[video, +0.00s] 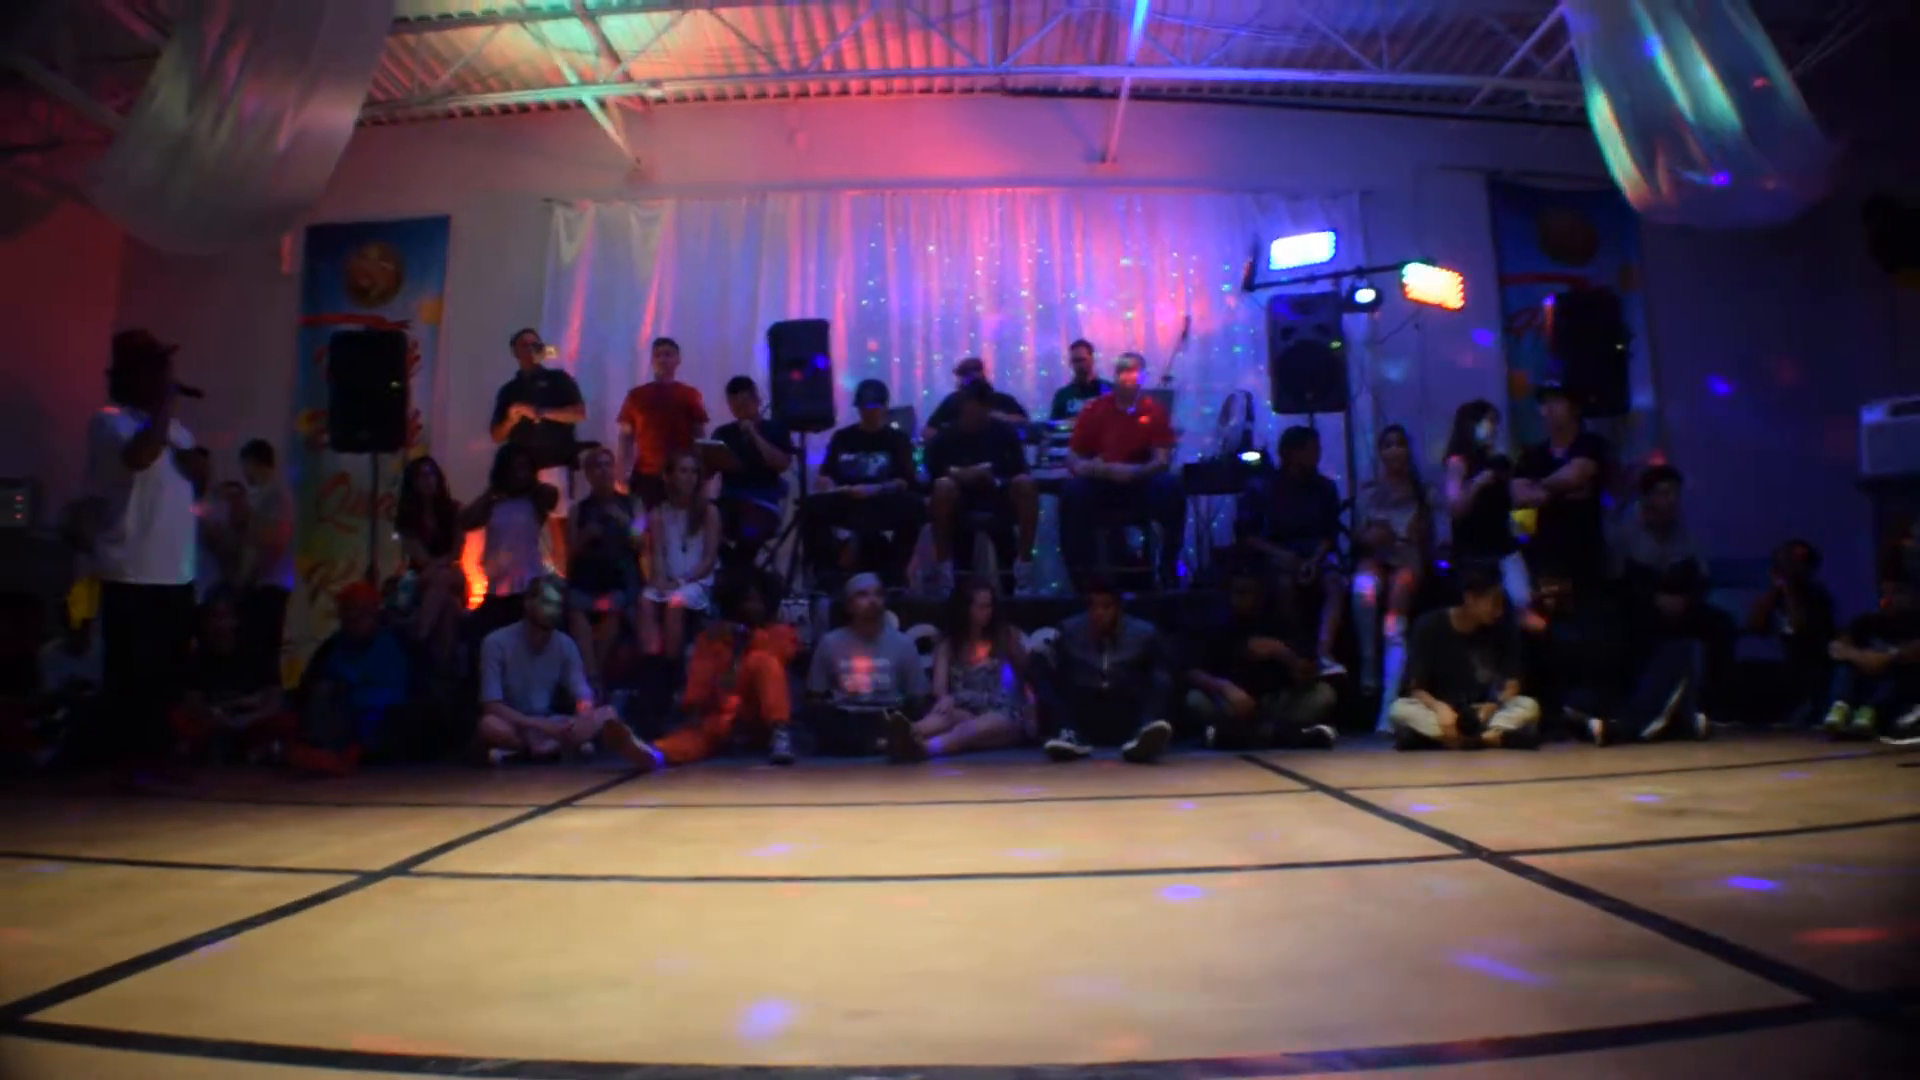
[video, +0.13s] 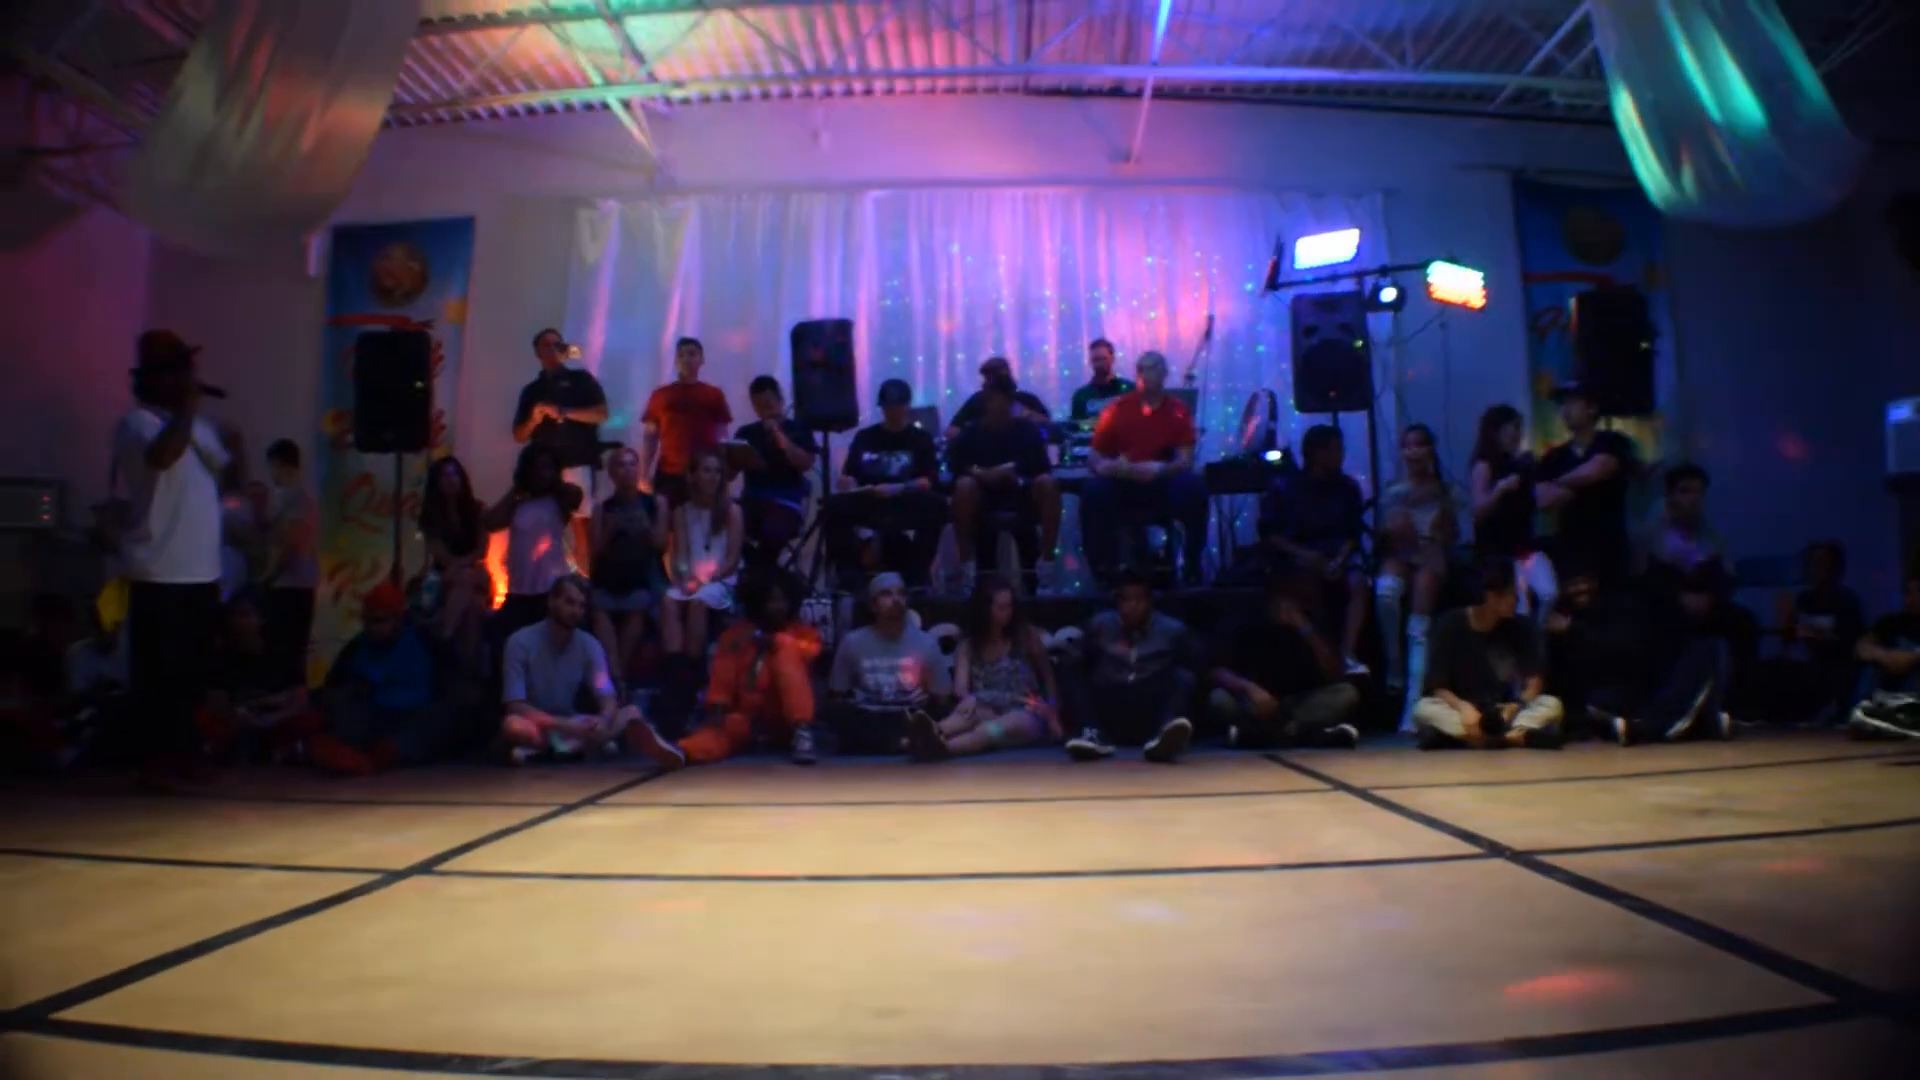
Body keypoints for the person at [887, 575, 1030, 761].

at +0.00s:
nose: (985, 613)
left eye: (988, 607)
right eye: (979, 607)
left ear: (993, 608)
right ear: (964, 609)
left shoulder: (1007, 637)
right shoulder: (948, 645)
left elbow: (1026, 675)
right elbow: (939, 688)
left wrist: (1032, 712)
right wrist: (946, 702)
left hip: (1001, 709)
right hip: (963, 707)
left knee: (970, 731)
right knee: (945, 716)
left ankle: (923, 749)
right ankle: (910, 731)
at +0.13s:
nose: (1007, 612)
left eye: (1009, 606)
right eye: (1001, 607)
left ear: (1014, 607)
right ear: (985, 608)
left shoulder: (1026, 637)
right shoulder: (968, 645)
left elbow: (1048, 680)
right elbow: (960, 688)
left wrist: (1054, 718)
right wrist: (969, 703)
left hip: (1022, 707)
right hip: (987, 707)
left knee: (995, 730)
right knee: (969, 710)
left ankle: (944, 747)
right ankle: (935, 731)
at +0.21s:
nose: (1004, 613)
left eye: (1007, 607)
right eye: (997, 607)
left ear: (1013, 608)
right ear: (982, 608)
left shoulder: (1025, 636)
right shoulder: (967, 644)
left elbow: (1046, 677)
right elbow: (959, 689)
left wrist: (1054, 720)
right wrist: (971, 707)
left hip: (1024, 708)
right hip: (986, 709)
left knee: (989, 732)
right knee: (967, 712)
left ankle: (941, 748)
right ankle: (936, 731)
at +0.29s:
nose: (1000, 611)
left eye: (1003, 605)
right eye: (993, 605)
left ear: (1008, 606)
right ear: (977, 606)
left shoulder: (1021, 634)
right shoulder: (963, 643)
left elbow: (1042, 673)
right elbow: (956, 688)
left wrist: (1049, 712)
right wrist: (965, 705)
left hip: (1021, 706)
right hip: (982, 708)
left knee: (986, 732)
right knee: (961, 717)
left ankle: (937, 747)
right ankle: (932, 730)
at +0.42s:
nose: (1002, 610)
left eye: (1007, 603)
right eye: (996, 603)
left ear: (1013, 605)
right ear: (982, 605)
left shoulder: (1027, 636)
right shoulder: (970, 642)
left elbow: (1050, 676)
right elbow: (962, 685)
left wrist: (1057, 720)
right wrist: (969, 697)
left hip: (1026, 705)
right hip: (988, 704)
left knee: (993, 730)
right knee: (969, 712)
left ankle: (941, 746)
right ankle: (935, 730)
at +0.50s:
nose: (997, 608)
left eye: (1003, 602)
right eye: (992, 601)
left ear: (1014, 604)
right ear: (983, 604)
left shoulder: (1033, 636)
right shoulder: (973, 640)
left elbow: (1056, 672)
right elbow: (963, 684)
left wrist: (1058, 717)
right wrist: (970, 697)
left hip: (1028, 705)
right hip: (988, 703)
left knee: (992, 729)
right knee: (969, 712)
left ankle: (943, 746)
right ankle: (936, 728)